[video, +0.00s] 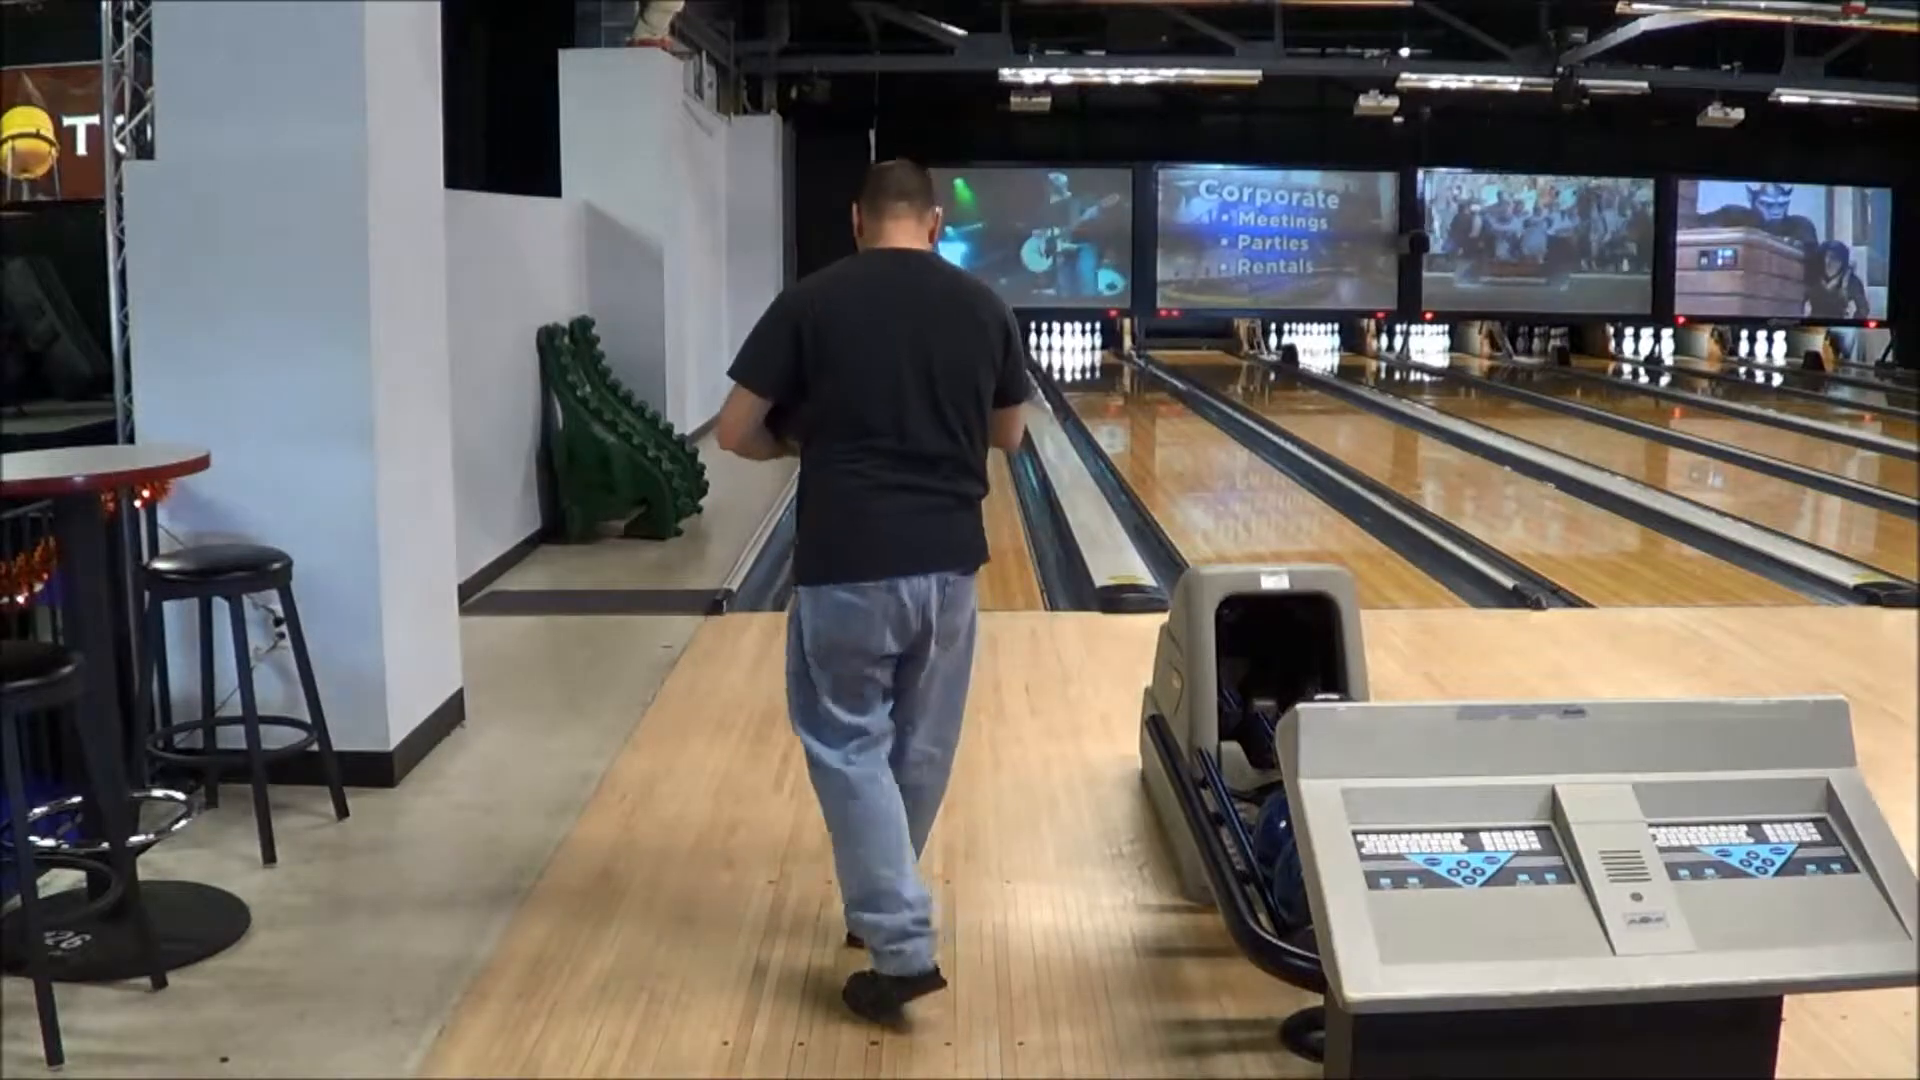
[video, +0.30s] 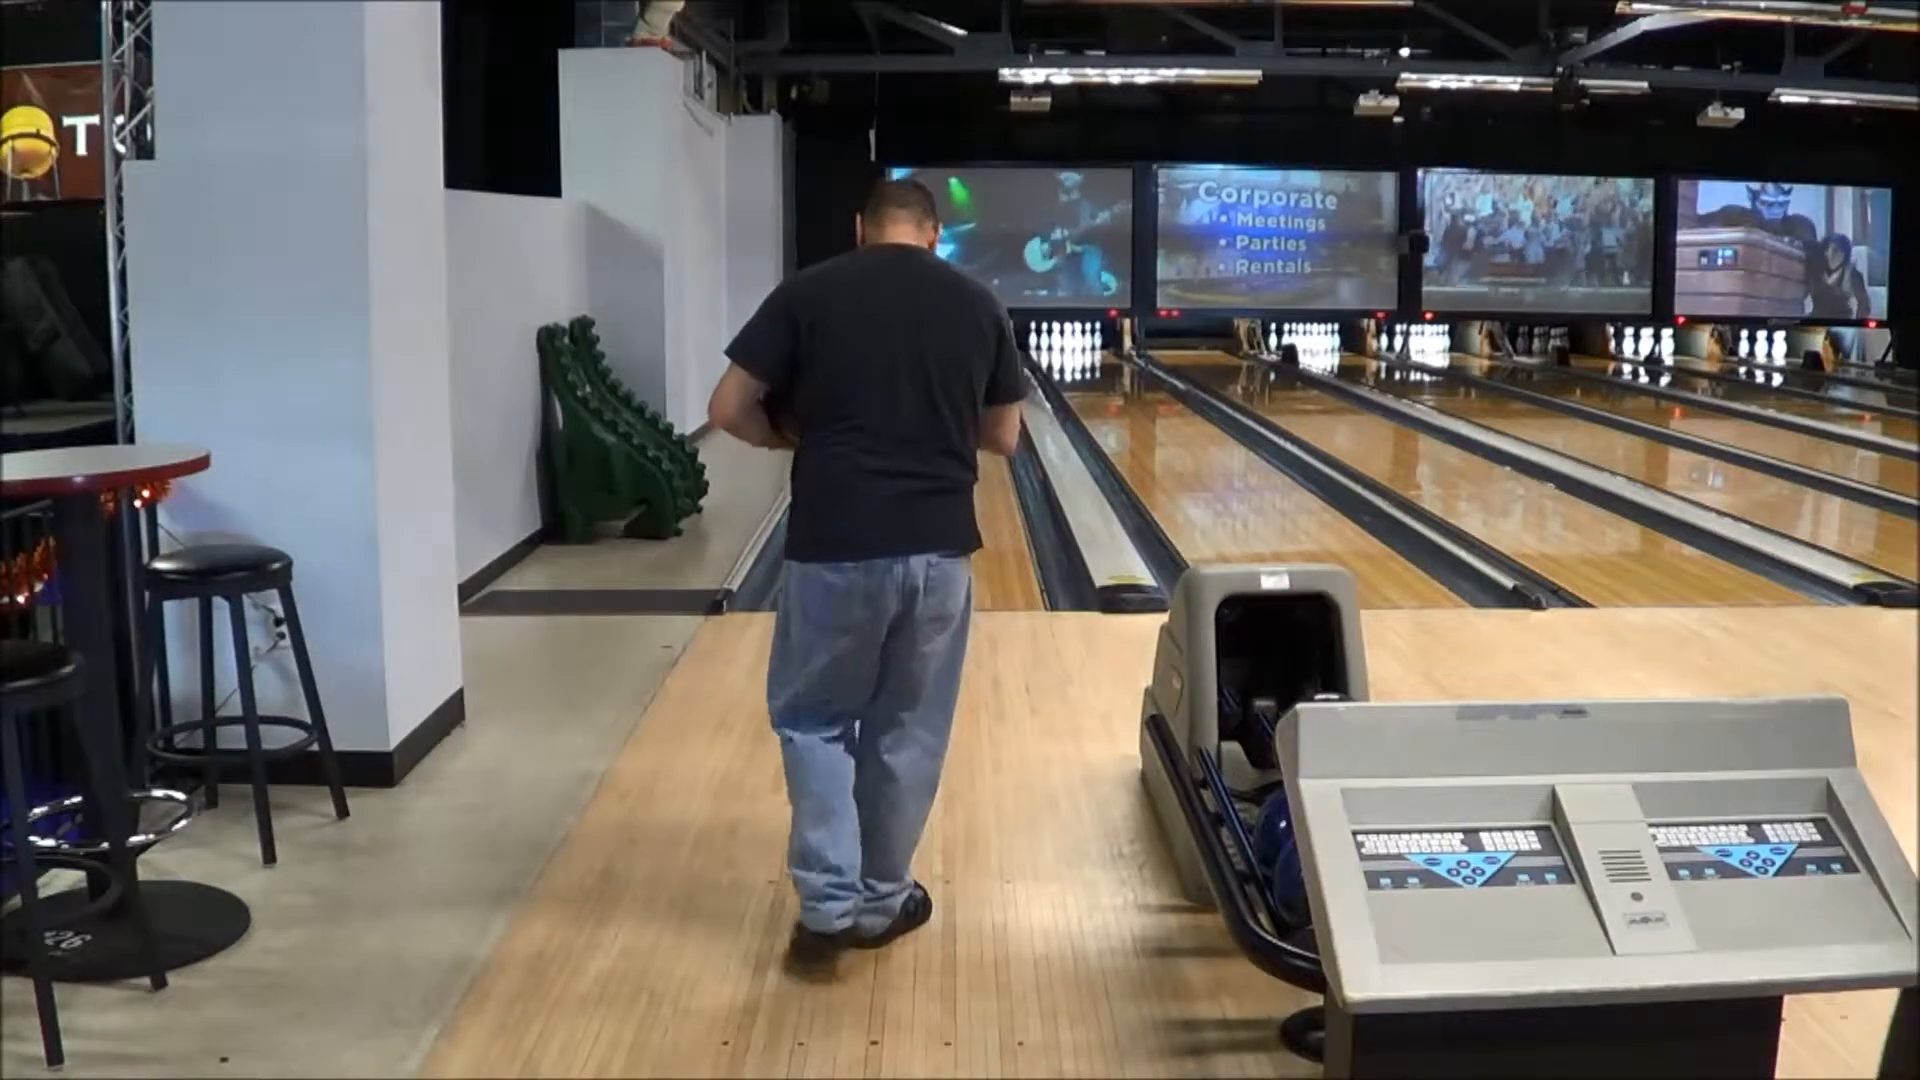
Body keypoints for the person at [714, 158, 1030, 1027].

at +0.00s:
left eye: (865, 219)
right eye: (922, 218)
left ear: (856, 220)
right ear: (936, 223)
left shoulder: (810, 299)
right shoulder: (982, 305)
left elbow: (739, 432)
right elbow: (1010, 430)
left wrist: (808, 434)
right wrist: (941, 424)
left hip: (846, 565)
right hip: (950, 562)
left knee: (848, 745)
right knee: (924, 746)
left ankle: (904, 951)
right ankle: (883, 901)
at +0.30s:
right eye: (927, 230)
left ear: (861, 228)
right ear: (934, 235)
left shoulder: (809, 290)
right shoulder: (976, 302)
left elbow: (730, 410)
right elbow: (1005, 435)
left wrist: (790, 433)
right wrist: (935, 410)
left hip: (834, 550)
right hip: (940, 549)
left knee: (815, 719)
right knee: (910, 725)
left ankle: (826, 903)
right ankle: (880, 898)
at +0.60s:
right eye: (930, 234)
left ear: (861, 229)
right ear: (932, 239)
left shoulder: (803, 287)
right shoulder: (968, 304)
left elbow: (726, 402)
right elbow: (999, 435)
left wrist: (787, 430)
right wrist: (928, 406)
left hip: (813, 541)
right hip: (919, 542)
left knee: (809, 712)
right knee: (900, 714)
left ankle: (800, 878)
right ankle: (872, 900)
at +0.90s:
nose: (905, 250)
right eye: (908, 238)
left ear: (836, 230)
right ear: (905, 241)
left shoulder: (775, 290)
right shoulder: (934, 300)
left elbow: (706, 403)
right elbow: (972, 433)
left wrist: (769, 429)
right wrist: (905, 400)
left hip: (784, 543)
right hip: (887, 543)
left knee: (787, 718)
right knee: (883, 717)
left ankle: (787, 882)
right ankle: (871, 900)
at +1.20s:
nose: (869, 252)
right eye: (872, 241)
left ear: (796, 234)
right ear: (868, 239)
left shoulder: (737, 293)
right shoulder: (892, 297)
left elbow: (690, 416)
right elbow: (926, 427)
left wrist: (753, 425)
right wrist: (863, 397)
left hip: (748, 536)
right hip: (849, 535)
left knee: (764, 716)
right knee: (857, 716)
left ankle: (783, 881)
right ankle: (846, 893)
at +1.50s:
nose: (856, 247)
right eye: (859, 236)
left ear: (787, 235)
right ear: (857, 237)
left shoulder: (729, 296)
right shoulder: (886, 297)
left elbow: (689, 421)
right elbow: (918, 428)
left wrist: (742, 426)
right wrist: (860, 396)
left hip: (739, 538)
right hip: (839, 536)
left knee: (755, 715)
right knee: (834, 717)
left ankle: (779, 873)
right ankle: (807, 899)